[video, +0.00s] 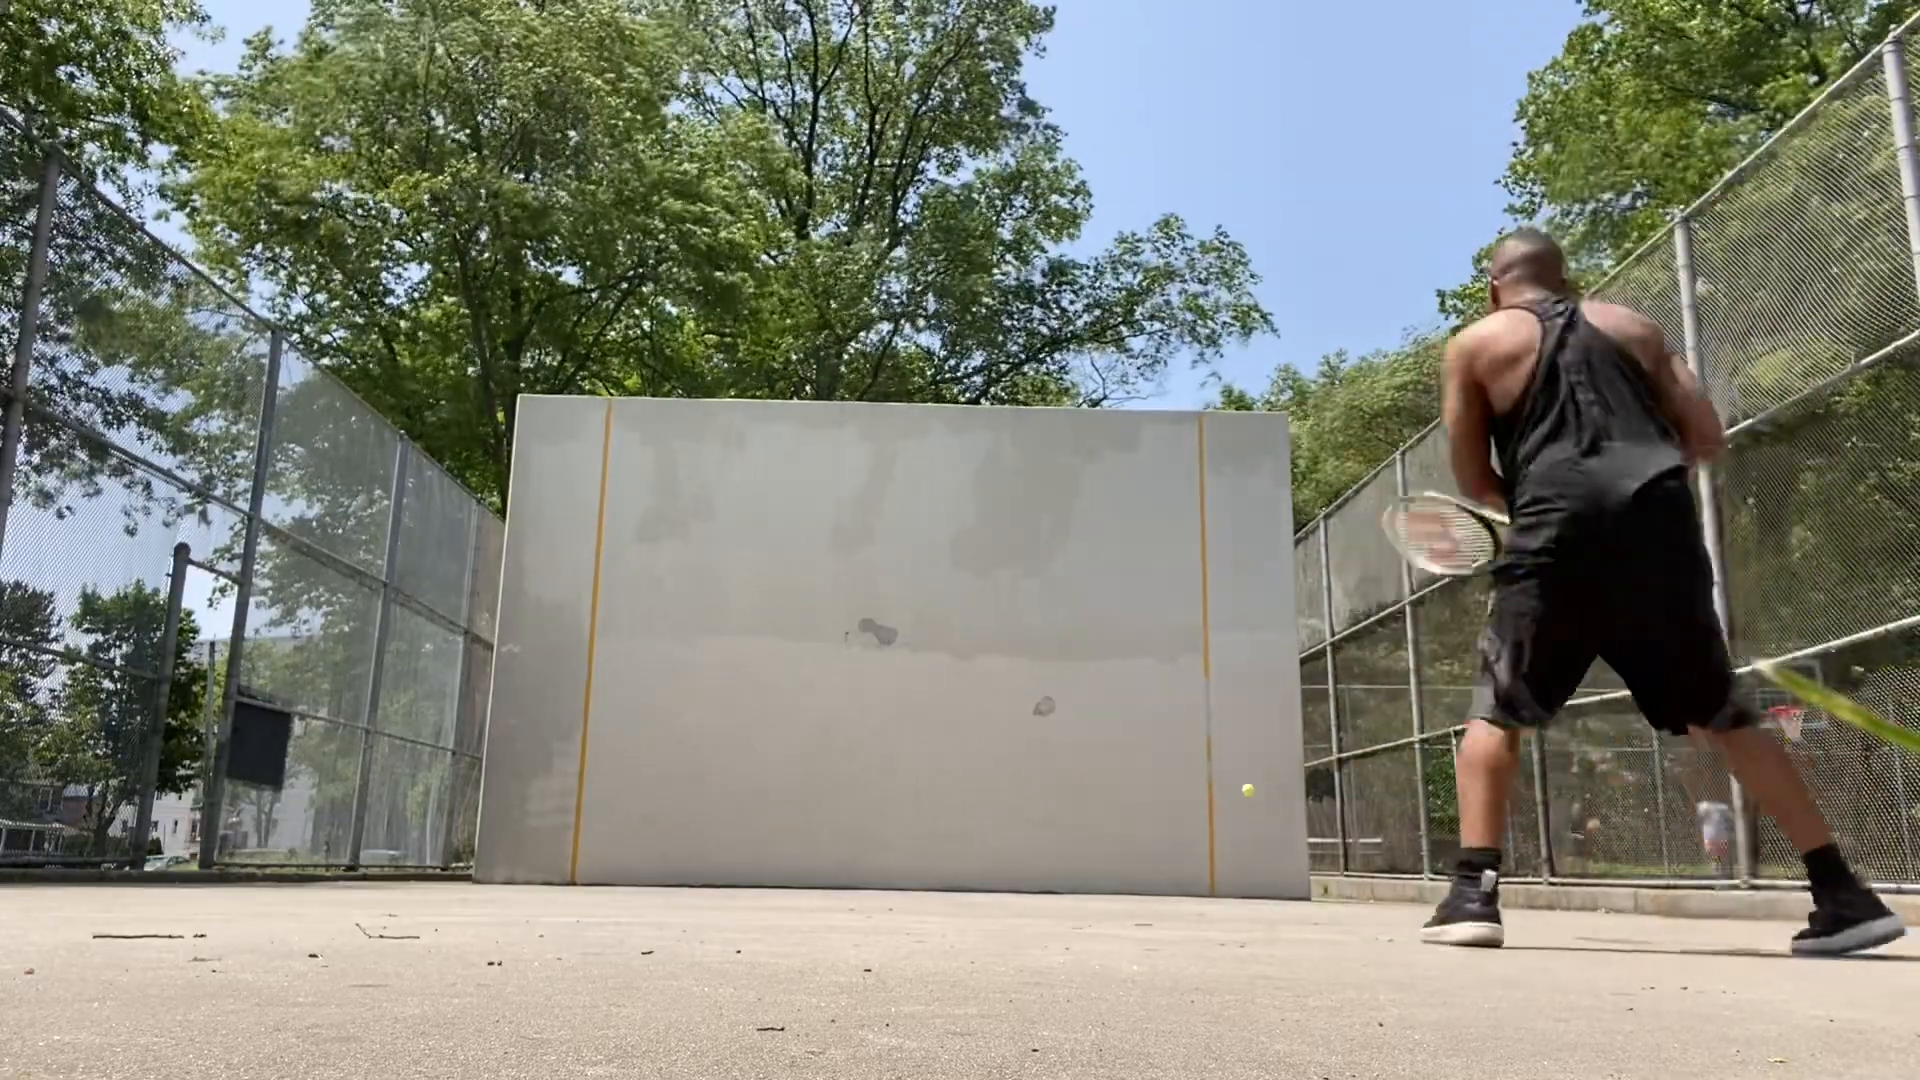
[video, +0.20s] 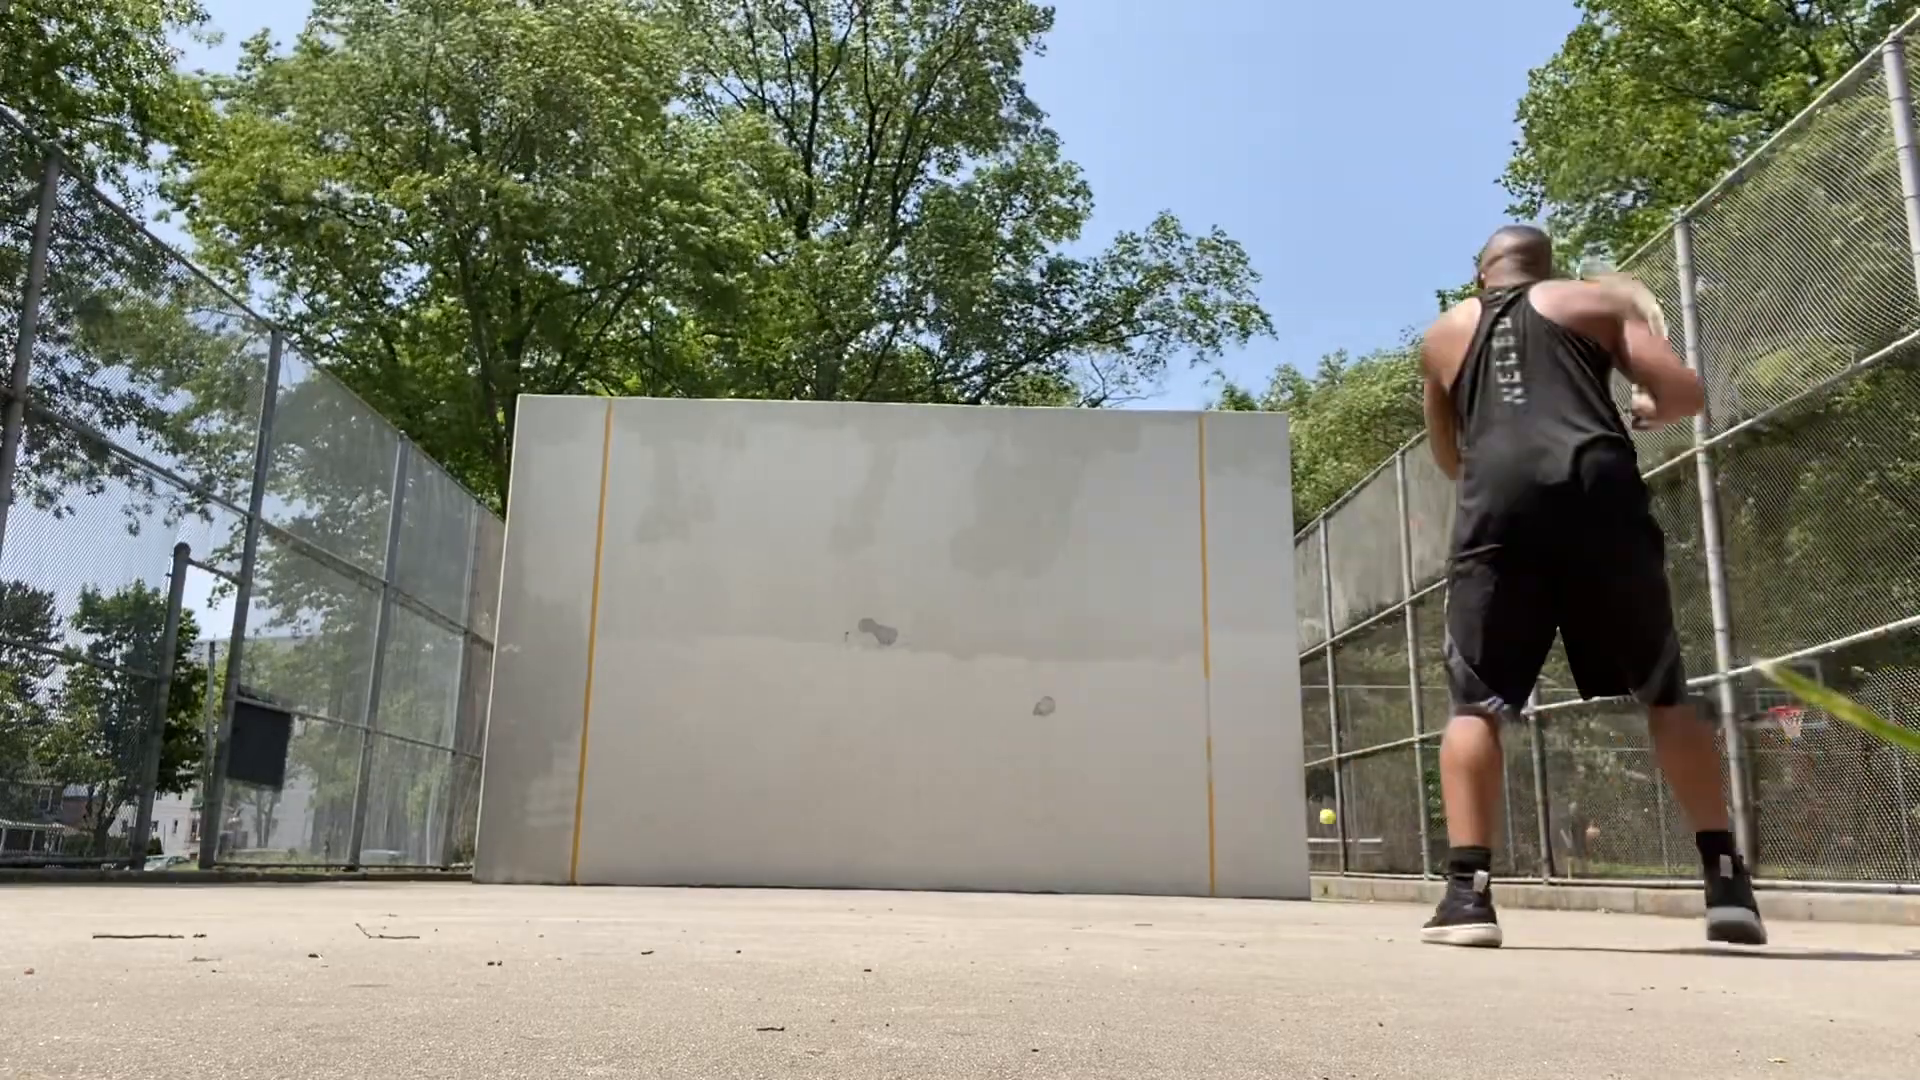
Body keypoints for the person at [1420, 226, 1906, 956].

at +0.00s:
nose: (1483, 298)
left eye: (1484, 289)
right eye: (1485, 290)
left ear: (1496, 287)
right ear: (1568, 282)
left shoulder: (1475, 345)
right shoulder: (1629, 322)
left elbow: (1473, 479)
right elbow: (1706, 437)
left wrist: (1545, 499)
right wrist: (1635, 464)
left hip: (1553, 547)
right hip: (1659, 541)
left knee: (1496, 712)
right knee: (1721, 716)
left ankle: (1473, 891)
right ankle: (1843, 893)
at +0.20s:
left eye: (1483, 266)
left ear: (1481, 278)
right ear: (1554, 269)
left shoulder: (1443, 334)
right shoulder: (1600, 298)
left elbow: (1450, 460)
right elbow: (1683, 392)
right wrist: (1649, 409)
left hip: (1497, 521)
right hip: (1606, 514)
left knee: (1475, 704)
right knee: (1666, 696)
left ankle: (1467, 894)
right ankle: (1727, 885)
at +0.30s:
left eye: (1515, 260)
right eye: (1558, 263)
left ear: (1501, 278)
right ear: (1568, 271)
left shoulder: (1457, 330)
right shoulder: (1595, 295)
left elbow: (1425, 450)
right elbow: (1703, 341)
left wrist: (1478, 485)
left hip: (1485, 522)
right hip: (1590, 513)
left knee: (1470, 708)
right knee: (1649, 699)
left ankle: (1465, 896)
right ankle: (1707, 891)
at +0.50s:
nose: (1643, 310)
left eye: (1610, 295)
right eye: (1641, 304)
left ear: (1570, 310)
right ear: (1631, 306)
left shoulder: (1508, 358)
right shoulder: (1637, 323)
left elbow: (1390, 436)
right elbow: (1707, 370)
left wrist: (1334, 505)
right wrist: (1858, 340)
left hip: (1498, 540)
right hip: (1605, 531)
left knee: (1470, 720)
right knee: (1663, 714)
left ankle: (1463, 889)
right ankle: (1710, 904)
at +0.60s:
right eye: (1657, 345)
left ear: (1586, 333)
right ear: (1654, 339)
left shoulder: (1524, 365)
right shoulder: (1668, 370)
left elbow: (1415, 425)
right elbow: (1730, 456)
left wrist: (1341, 491)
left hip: (1509, 544)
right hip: (1620, 544)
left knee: (1462, 716)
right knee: (1677, 715)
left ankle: (1453, 885)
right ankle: (1711, 910)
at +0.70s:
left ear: (1590, 315)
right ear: (1658, 338)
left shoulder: (1535, 334)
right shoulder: (1685, 387)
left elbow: (1456, 414)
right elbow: (1694, 526)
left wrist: (1368, 473)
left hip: (1524, 538)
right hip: (1636, 554)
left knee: (1452, 702)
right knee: (1677, 717)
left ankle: (1434, 872)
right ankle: (1712, 907)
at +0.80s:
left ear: (1593, 278)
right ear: (1654, 297)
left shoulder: (1537, 292)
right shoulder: (1684, 344)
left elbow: (1467, 384)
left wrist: (1384, 449)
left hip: (1521, 512)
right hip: (1629, 529)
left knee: (1442, 681)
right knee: (1662, 706)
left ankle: (1420, 868)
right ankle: (1711, 906)